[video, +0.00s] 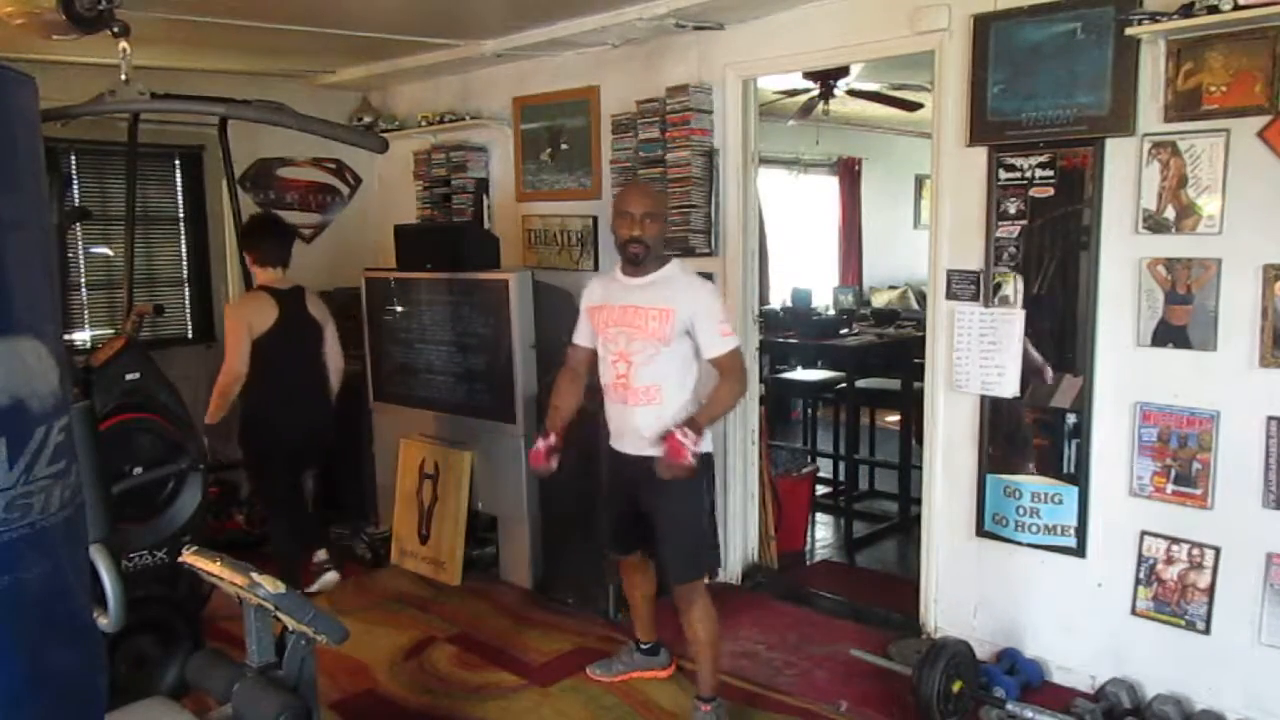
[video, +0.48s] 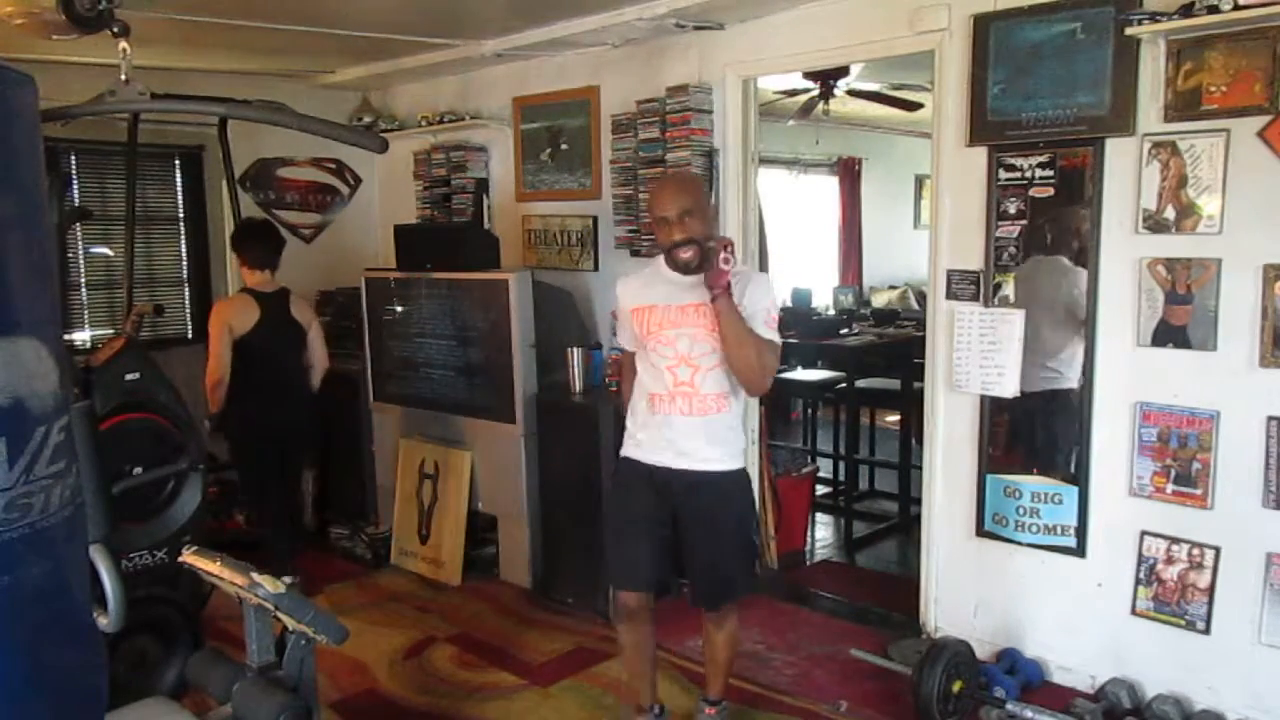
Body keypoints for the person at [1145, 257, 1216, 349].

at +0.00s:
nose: (1180, 273)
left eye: (1183, 269)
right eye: (1177, 269)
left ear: (1189, 271)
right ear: (1172, 272)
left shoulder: (1192, 287)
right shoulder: (1168, 286)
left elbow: (1212, 268)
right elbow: (1151, 266)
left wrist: (1198, 261)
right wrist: (1166, 261)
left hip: (1182, 329)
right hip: (1165, 328)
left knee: (1189, 358)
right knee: (1154, 356)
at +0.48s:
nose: (1185, 272)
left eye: (1187, 269)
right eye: (1182, 269)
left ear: (1189, 271)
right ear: (1173, 271)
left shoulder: (1191, 287)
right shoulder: (1168, 286)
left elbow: (1212, 268)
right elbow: (1151, 266)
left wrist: (1196, 262)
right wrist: (1164, 261)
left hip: (1182, 329)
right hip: (1165, 328)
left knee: (1189, 359)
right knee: (1154, 357)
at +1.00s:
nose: (1180, 274)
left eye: (1183, 270)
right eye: (1177, 270)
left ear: (1188, 273)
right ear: (1173, 272)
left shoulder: (1191, 288)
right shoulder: (1168, 286)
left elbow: (1212, 269)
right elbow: (1151, 266)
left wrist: (1198, 261)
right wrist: (1166, 261)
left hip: (1182, 329)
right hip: (1165, 327)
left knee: (1189, 358)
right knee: (1154, 355)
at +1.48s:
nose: (1180, 273)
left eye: (1183, 270)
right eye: (1177, 270)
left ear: (1188, 272)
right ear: (1172, 273)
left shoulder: (1191, 288)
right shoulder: (1168, 286)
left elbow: (1212, 269)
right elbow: (1151, 265)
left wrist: (1197, 262)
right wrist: (1166, 261)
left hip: (1181, 329)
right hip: (1164, 327)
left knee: (1189, 358)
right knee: (1154, 356)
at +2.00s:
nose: (1182, 272)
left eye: (1184, 269)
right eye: (1180, 269)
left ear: (1188, 272)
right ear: (1174, 271)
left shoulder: (1192, 287)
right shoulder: (1168, 286)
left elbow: (1213, 268)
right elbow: (1151, 266)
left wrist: (1195, 262)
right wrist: (1165, 261)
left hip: (1181, 329)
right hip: (1165, 327)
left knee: (1191, 357)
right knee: (1154, 356)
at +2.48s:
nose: (1180, 272)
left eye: (1183, 269)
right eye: (1177, 269)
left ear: (1188, 272)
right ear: (1173, 272)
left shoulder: (1191, 287)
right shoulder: (1168, 286)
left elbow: (1213, 269)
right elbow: (1151, 266)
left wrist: (1196, 263)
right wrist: (1166, 262)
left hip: (1181, 329)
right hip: (1165, 327)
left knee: (1189, 357)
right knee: (1155, 356)